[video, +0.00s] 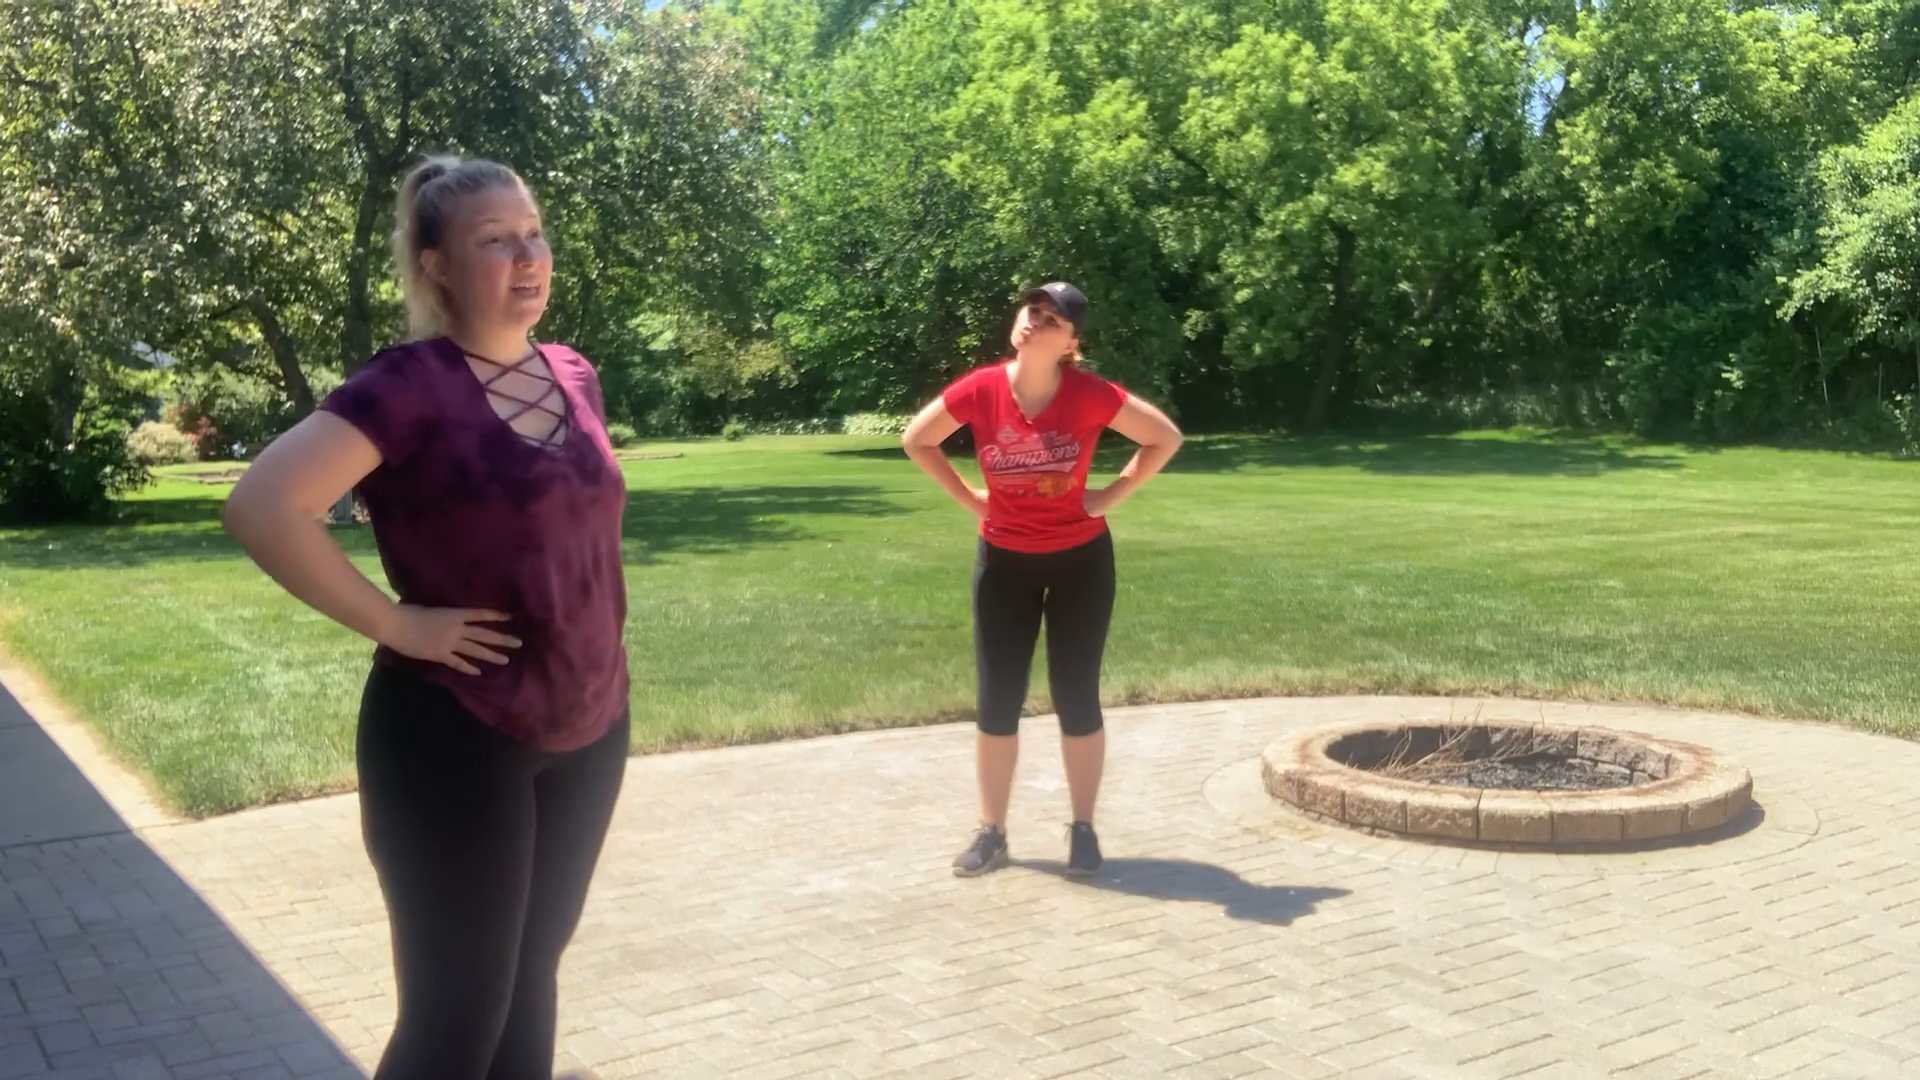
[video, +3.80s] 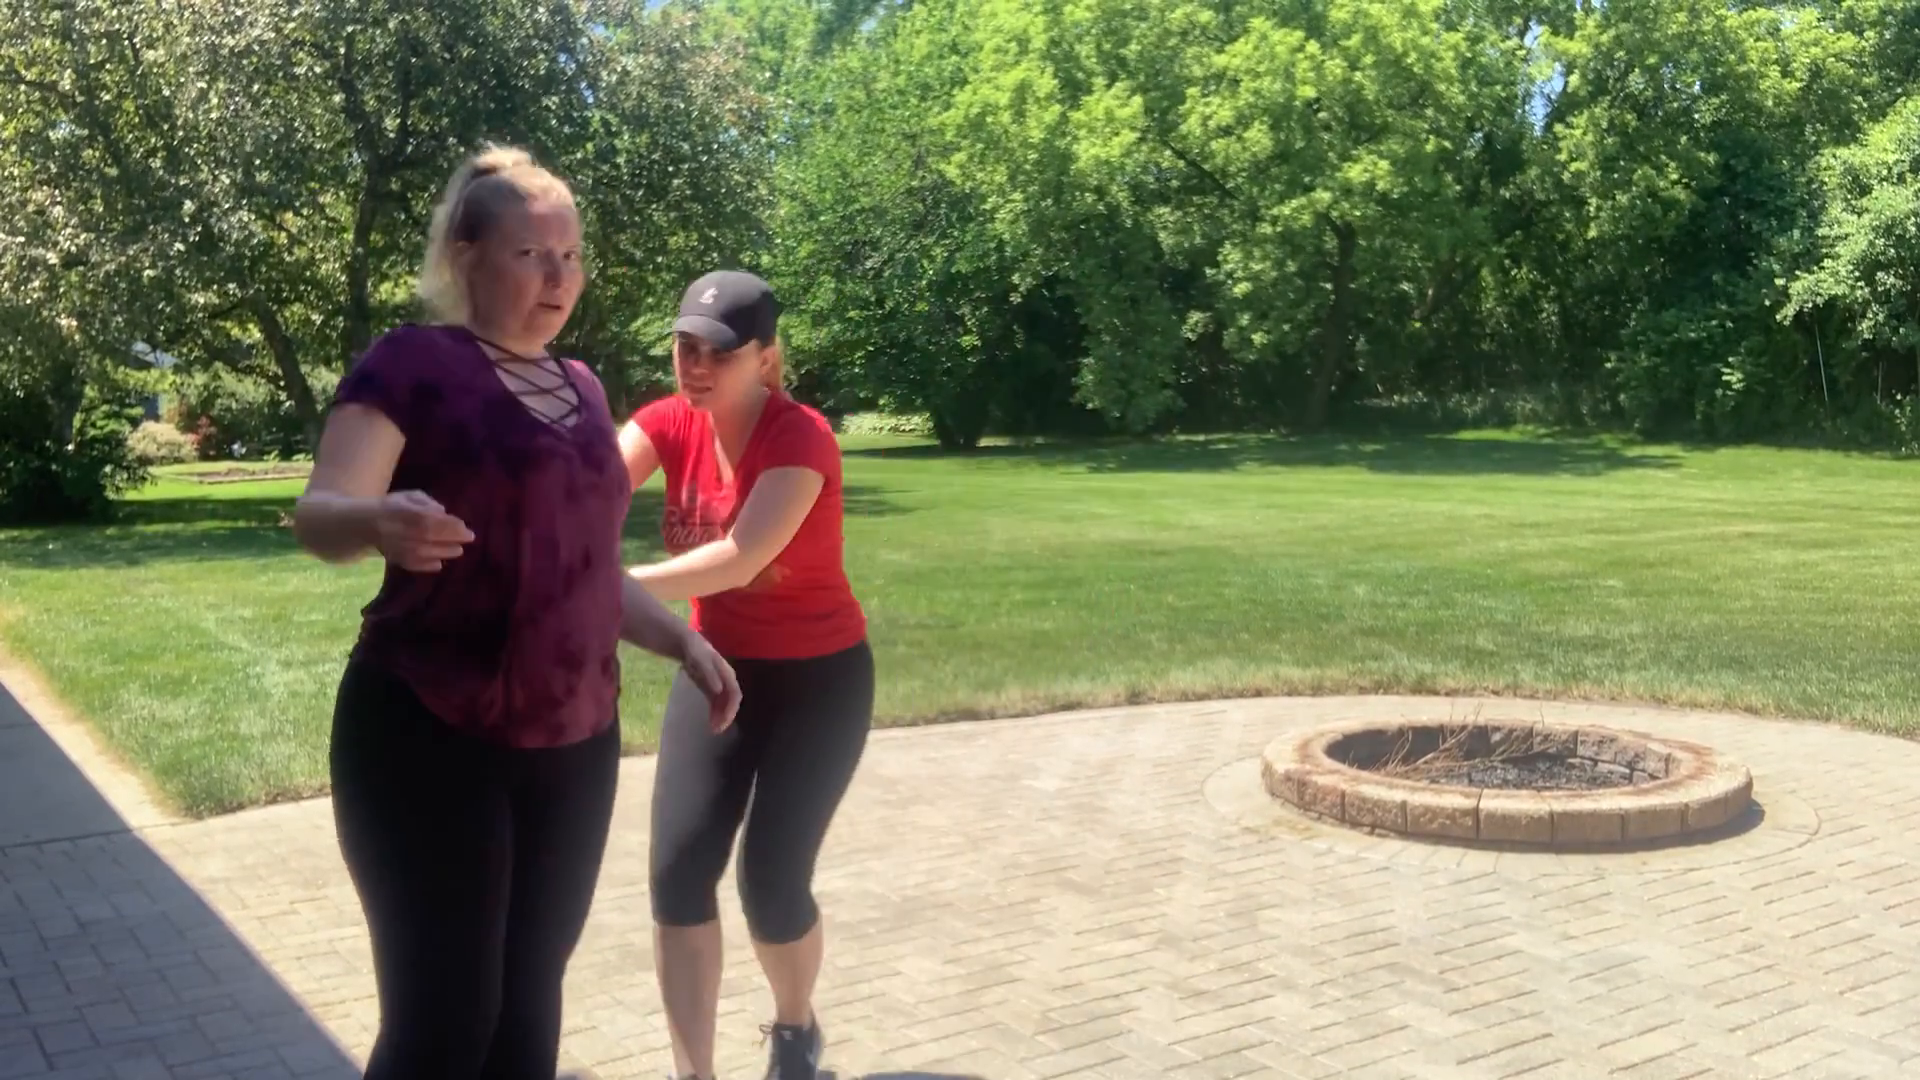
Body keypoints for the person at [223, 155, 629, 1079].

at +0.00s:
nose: (532, 258)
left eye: (537, 238)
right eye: (500, 242)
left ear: (548, 249)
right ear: (436, 266)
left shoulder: (572, 373)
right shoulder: (409, 384)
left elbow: (578, 500)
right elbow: (262, 508)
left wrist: (584, 604)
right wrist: (394, 622)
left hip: (587, 714)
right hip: (454, 725)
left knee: (530, 986)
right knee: (456, 1020)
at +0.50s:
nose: (503, 255)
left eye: (506, 234)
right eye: (468, 244)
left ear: (520, 242)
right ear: (409, 275)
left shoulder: (563, 344)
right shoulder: (396, 358)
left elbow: (578, 486)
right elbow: (312, 512)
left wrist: (678, 493)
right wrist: (397, 539)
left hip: (583, 715)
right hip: (451, 726)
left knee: (533, 981)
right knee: (461, 1021)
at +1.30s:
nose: (550, 269)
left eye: (544, 246)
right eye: (534, 245)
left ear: (476, 256)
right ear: (471, 252)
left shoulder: (506, 372)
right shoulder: (424, 366)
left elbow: (512, 534)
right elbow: (366, 544)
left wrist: (638, 558)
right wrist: (518, 604)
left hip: (554, 718)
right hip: (459, 726)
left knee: (513, 998)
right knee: (471, 1027)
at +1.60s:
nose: (522, 260)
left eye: (513, 242)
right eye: (510, 240)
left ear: (423, 267)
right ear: (476, 247)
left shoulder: (426, 368)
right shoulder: (461, 368)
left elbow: (455, 579)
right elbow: (481, 573)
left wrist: (560, 681)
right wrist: (561, 740)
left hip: (452, 712)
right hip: (476, 724)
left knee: (487, 1023)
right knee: (486, 1032)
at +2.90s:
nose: (574, 256)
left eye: (567, 236)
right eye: (559, 238)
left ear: (508, 261)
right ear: (508, 259)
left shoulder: (540, 366)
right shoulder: (449, 386)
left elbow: (567, 525)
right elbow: (407, 580)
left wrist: (653, 615)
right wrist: (510, 744)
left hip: (581, 731)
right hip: (481, 745)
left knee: (536, 995)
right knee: (469, 1025)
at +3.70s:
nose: (604, 275)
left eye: (606, 254)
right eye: (581, 254)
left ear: (603, 258)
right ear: (504, 260)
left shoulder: (593, 371)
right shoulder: (443, 370)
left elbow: (606, 553)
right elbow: (388, 543)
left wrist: (674, 651)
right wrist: (449, 645)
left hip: (573, 721)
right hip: (442, 719)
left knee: (541, 1005)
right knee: (459, 1011)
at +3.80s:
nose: (560, 280)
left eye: (571, 259)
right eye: (536, 257)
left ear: (583, 265)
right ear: (466, 257)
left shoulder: (579, 385)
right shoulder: (411, 363)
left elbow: (586, 568)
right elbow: (315, 519)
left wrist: (683, 639)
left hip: (568, 729)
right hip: (427, 728)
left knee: (530, 1015)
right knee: (440, 1024)